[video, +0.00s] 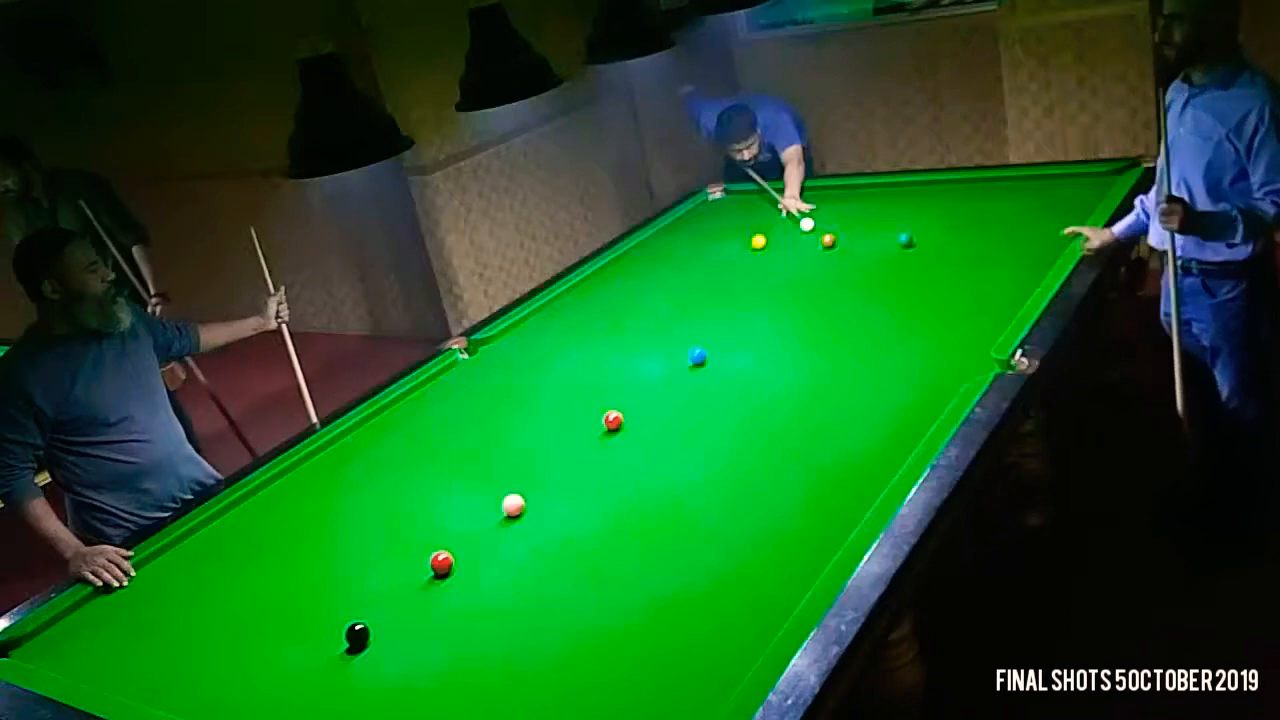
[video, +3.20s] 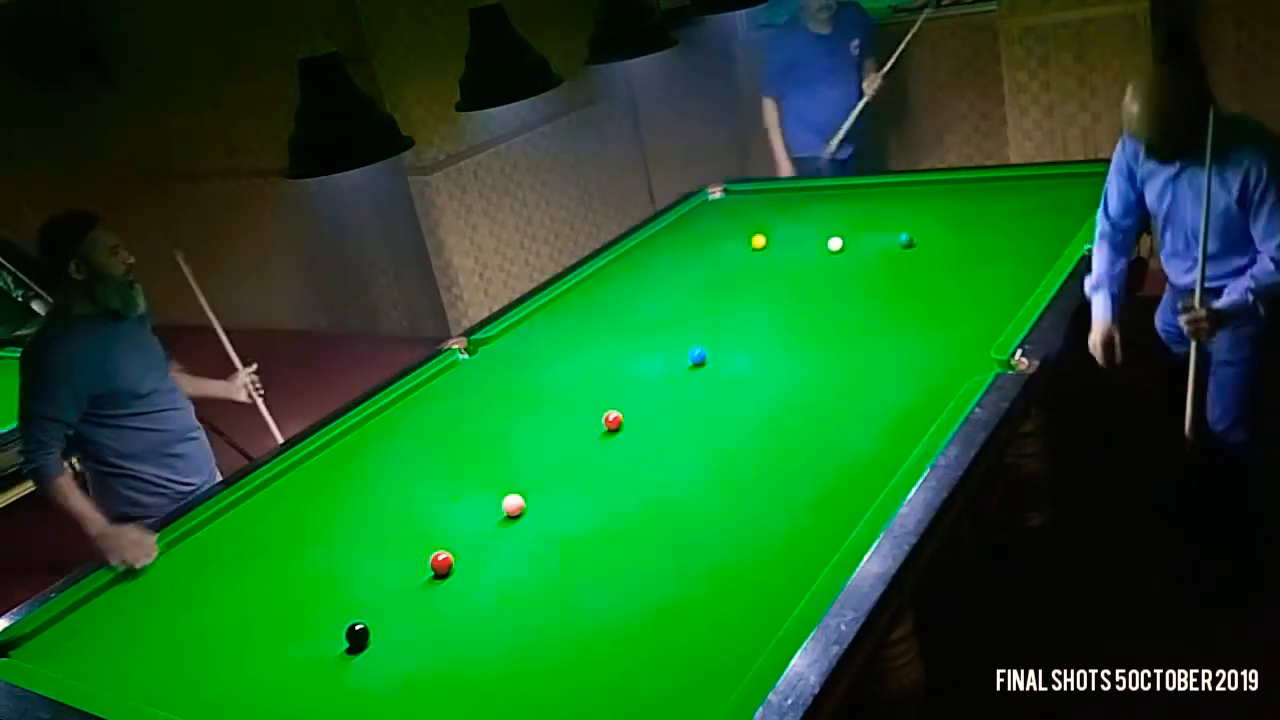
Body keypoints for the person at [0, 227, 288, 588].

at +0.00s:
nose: (108, 275)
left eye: (102, 264)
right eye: (91, 268)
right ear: (52, 289)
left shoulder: (133, 325)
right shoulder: (23, 372)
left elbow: (188, 337)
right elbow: (14, 477)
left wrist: (262, 321)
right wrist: (75, 552)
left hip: (206, 504)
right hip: (129, 544)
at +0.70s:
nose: (110, 277)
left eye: (102, 265)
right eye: (91, 270)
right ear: (51, 290)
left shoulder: (131, 327)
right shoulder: (25, 373)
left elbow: (188, 338)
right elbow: (13, 477)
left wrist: (260, 321)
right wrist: (75, 552)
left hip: (206, 504)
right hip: (130, 545)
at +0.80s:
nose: (110, 277)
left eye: (102, 266)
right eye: (91, 270)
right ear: (50, 291)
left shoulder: (131, 325)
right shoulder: (25, 373)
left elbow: (187, 338)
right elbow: (13, 477)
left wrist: (261, 321)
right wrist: (75, 552)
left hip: (206, 503)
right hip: (129, 543)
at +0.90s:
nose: (109, 278)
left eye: (102, 267)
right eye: (90, 271)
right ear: (49, 291)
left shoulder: (129, 324)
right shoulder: (25, 373)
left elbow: (187, 338)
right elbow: (13, 477)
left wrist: (261, 321)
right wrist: (75, 552)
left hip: (205, 502)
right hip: (129, 543)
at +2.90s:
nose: (113, 274)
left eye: (106, 263)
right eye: (95, 267)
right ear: (58, 286)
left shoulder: (126, 321)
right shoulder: (29, 366)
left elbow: (169, 347)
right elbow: (18, 472)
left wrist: (249, 334)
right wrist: (73, 550)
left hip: (201, 495)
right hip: (130, 533)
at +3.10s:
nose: (121, 264)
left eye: (114, 254)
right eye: (105, 259)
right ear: (69, 276)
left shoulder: (122, 313)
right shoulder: (42, 358)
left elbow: (157, 369)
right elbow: (28, 464)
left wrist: (239, 376)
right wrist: (80, 544)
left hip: (204, 487)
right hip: (143, 525)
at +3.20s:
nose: (129, 259)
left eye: (122, 249)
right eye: (113, 253)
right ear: (78, 270)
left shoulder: (124, 312)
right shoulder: (56, 349)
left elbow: (158, 376)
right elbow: (41, 457)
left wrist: (228, 388)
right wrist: (102, 531)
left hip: (205, 486)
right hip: (152, 521)